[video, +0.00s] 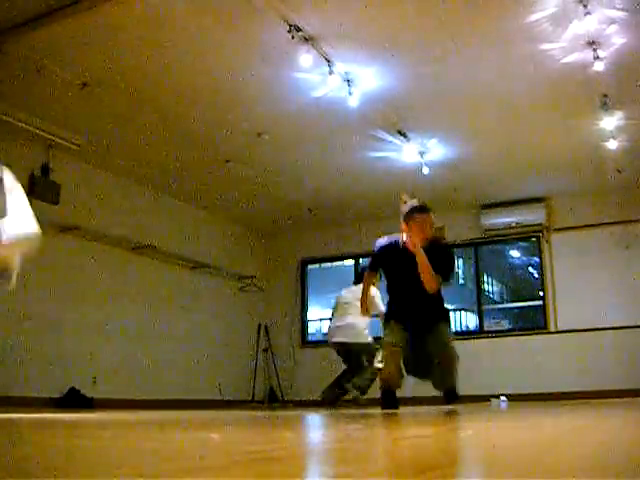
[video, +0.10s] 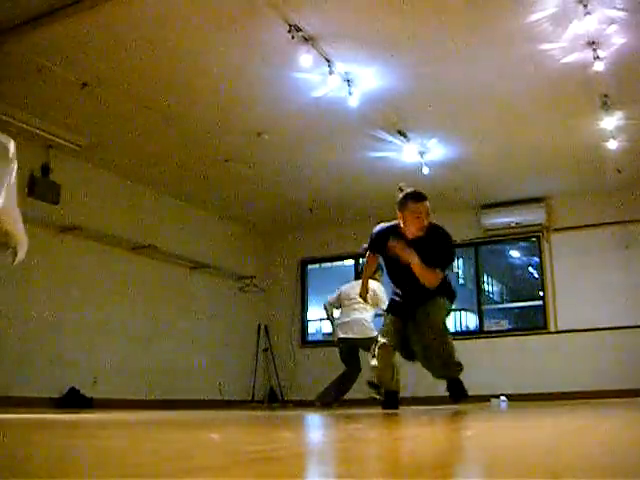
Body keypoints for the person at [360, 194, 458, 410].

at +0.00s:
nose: (425, 229)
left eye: (428, 224)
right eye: (419, 224)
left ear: (432, 225)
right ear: (405, 226)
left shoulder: (440, 250)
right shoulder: (387, 249)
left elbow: (432, 285)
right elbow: (371, 272)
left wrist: (419, 252)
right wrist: (365, 296)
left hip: (432, 312)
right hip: (399, 313)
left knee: (446, 353)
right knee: (391, 349)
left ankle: (449, 390)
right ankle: (388, 391)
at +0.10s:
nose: (424, 221)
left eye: (426, 215)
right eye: (417, 216)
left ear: (430, 213)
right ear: (401, 217)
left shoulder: (439, 238)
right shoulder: (383, 235)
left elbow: (433, 281)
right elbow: (372, 258)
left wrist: (411, 258)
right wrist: (364, 285)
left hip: (433, 295)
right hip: (402, 296)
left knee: (429, 338)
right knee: (385, 345)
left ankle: (452, 379)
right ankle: (389, 392)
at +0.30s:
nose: (414, 225)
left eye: (417, 218)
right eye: (407, 219)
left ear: (421, 216)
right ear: (389, 219)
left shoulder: (436, 238)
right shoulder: (378, 247)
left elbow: (473, 266)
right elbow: (370, 279)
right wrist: (368, 304)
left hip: (451, 299)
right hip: (417, 304)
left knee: (420, 332)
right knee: (391, 349)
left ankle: (433, 389)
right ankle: (415, 391)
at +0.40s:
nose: (422, 216)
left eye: (424, 210)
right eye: (415, 210)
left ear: (426, 209)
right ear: (397, 214)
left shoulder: (440, 231)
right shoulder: (386, 247)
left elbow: (479, 232)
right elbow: (377, 296)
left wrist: (496, 232)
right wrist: (398, 279)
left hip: (458, 296)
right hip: (427, 303)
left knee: (418, 326)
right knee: (408, 361)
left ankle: (433, 391)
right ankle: (452, 372)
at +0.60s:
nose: (446, 175)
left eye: (444, 169)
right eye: (439, 170)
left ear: (438, 173)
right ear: (421, 176)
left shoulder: (451, 196)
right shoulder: (409, 214)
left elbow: (456, 227)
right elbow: (405, 258)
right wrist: (436, 278)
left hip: (477, 269)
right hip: (447, 279)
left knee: (488, 331)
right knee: (453, 337)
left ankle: (514, 383)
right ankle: (476, 391)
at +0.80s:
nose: (465, 132)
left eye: (464, 127)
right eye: (460, 127)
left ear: (451, 131)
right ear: (443, 131)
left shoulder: (469, 166)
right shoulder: (415, 170)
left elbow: (484, 202)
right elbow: (392, 209)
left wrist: (518, 202)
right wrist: (387, 253)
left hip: (478, 239)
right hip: (446, 246)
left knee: (516, 263)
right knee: (458, 309)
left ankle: (470, 306)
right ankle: (465, 376)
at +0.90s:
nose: (476, 133)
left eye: (475, 128)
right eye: (471, 128)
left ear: (465, 132)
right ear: (454, 131)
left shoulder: (477, 164)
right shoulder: (429, 164)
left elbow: (493, 194)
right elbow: (403, 194)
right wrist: (394, 225)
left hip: (474, 235)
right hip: (445, 241)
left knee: (517, 254)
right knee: (467, 299)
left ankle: (470, 302)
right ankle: (447, 357)